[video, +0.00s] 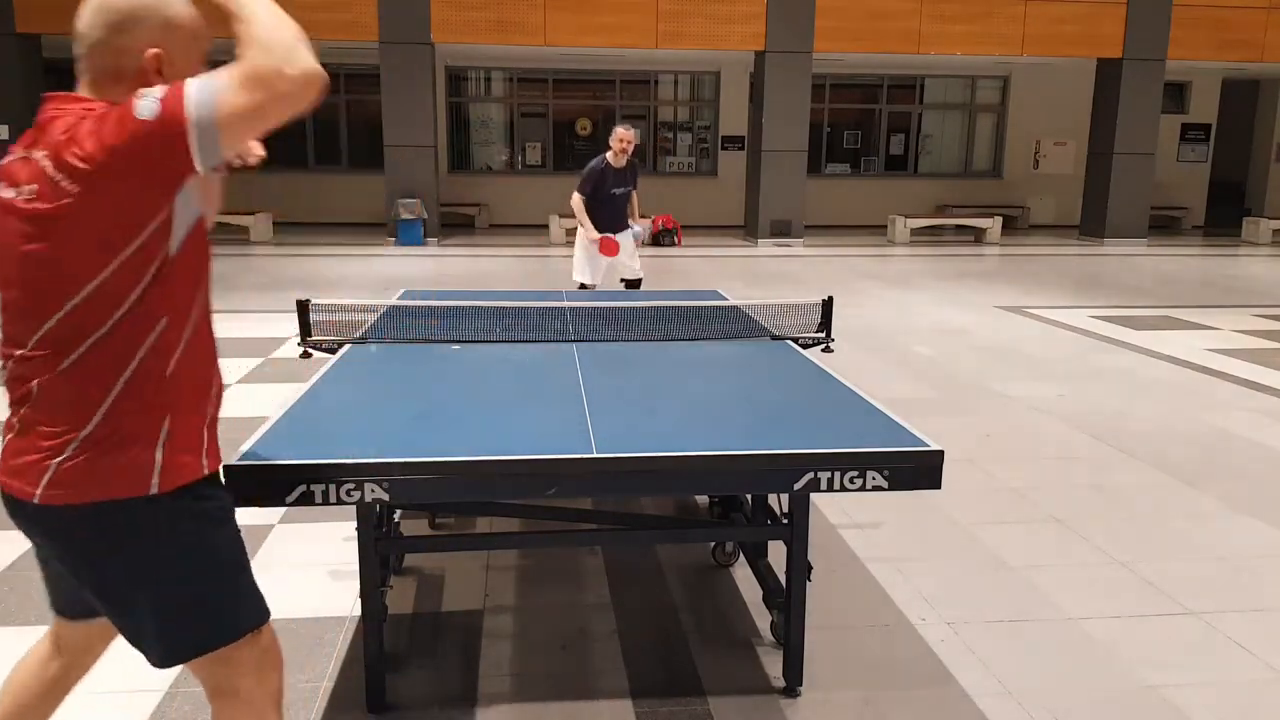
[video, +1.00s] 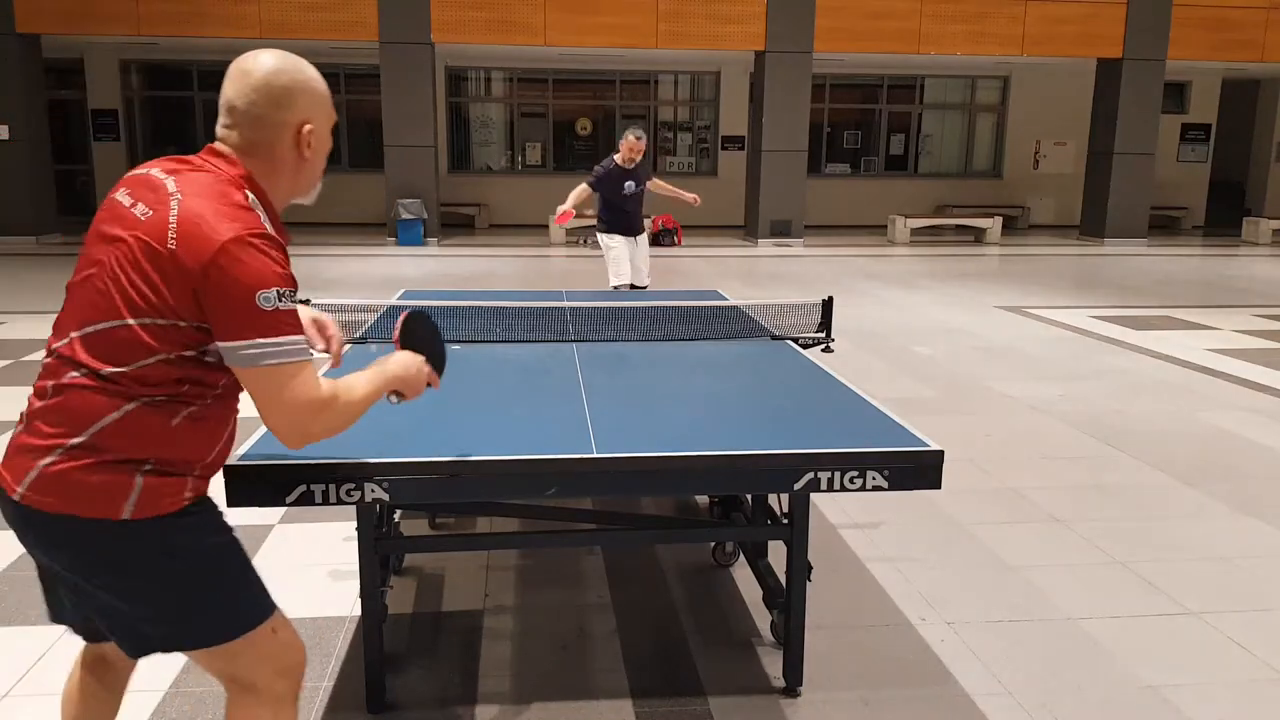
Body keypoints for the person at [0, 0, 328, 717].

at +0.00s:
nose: (201, 80)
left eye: (203, 64)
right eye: (197, 63)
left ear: (88, 62)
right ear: (153, 64)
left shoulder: (31, 150)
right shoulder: (132, 139)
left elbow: (165, 224)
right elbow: (294, 75)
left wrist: (215, 150)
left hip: (41, 474)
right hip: (137, 484)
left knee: (77, 635)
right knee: (248, 675)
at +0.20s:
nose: (123, 104)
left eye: (120, 86)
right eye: (117, 86)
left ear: (14, 88)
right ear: (83, 88)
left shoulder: (9, 161)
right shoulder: (79, 174)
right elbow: (267, 167)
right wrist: (207, 52)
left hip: (11, 506)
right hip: (92, 507)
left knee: (17, 680)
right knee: (231, 672)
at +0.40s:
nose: (122, 85)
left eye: (119, 69)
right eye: (118, 70)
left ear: (17, 81)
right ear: (91, 80)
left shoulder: (7, 157)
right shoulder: (79, 177)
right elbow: (262, 261)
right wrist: (270, 154)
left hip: (9, 490)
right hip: (82, 494)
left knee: (10, 674)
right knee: (214, 673)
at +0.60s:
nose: (203, 101)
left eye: (199, 85)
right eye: (199, 86)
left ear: (98, 98)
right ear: (178, 99)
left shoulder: (19, 181)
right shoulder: (142, 205)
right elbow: (277, 356)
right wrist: (328, 277)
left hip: (13, 498)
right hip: (108, 509)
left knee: (36, 666)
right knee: (264, 673)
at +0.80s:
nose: (293, 144)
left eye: (291, 126)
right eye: (291, 126)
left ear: (189, 122)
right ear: (270, 133)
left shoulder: (100, 195)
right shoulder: (226, 236)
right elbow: (292, 417)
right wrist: (369, 376)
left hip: (40, 503)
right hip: (146, 514)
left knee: (117, 627)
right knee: (300, 674)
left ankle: (60, 719)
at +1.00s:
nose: (328, 151)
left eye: (330, 134)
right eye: (328, 134)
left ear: (230, 122)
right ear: (304, 139)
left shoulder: (148, 180)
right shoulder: (234, 238)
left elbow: (172, 304)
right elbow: (301, 419)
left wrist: (282, 317)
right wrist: (388, 373)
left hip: (43, 478)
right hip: (126, 502)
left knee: (107, 652)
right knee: (270, 667)